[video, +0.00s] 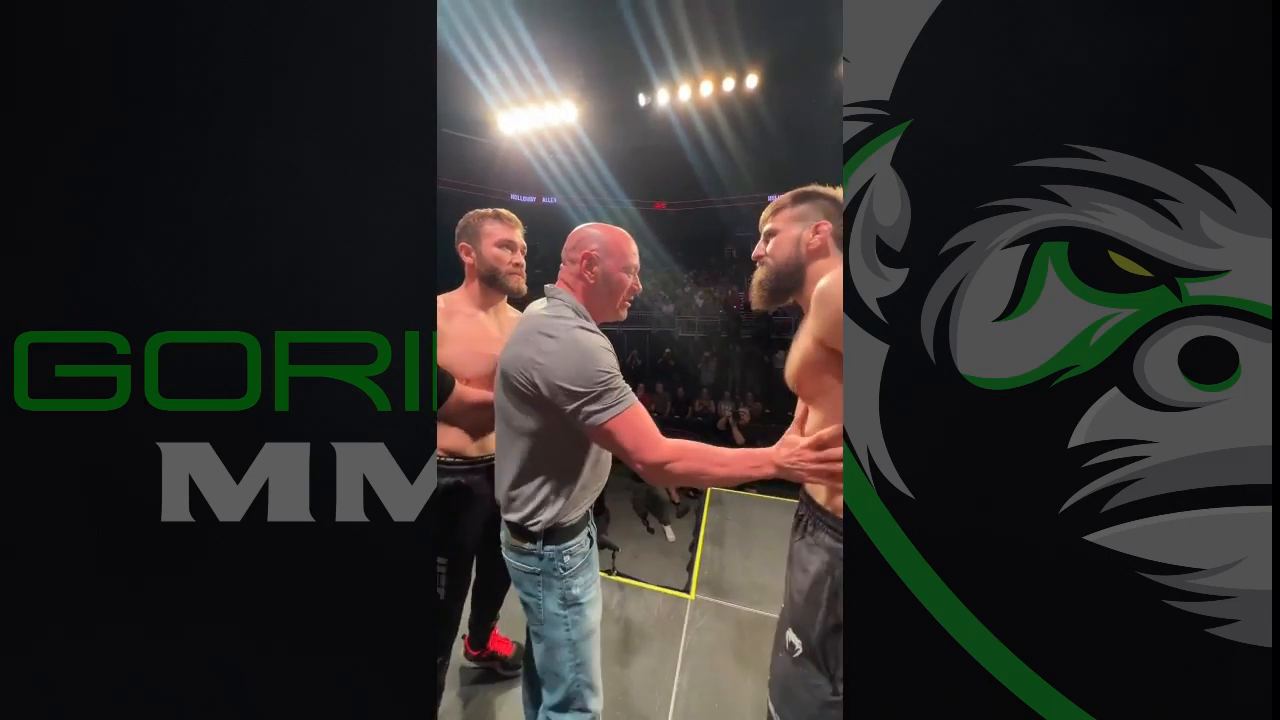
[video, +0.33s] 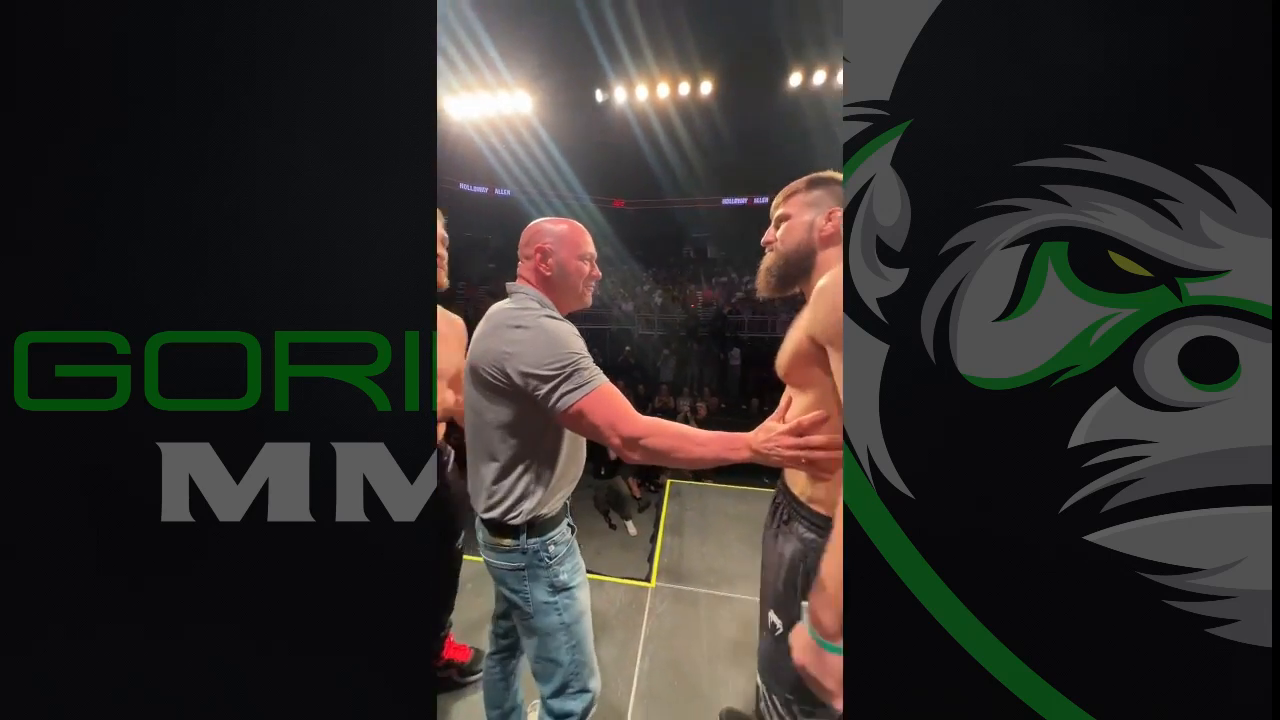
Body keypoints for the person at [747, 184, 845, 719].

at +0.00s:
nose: (756, 251)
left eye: (770, 234)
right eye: (760, 238)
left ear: (819, 236)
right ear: (818, 240)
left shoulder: (836, 292)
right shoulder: (822, 301)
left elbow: (889, 385)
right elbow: (808, 420)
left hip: (835, 537)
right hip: (818, 529)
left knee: (804, 692)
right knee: (804, 688)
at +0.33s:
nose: (766, 237)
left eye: (780, 221)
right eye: (770, 223)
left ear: (830, 224)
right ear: (829, 226)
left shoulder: (839, 293)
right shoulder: (825, 293)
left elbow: (867, 463)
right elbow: (836, 448)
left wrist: (826, 620)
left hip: (817, 537)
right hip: (800, 522)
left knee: (791, 693)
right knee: (782, 674)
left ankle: (779, 711)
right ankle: (773, 708)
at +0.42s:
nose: (768, 235)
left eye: (783, 218)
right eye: (773, 220)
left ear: (834, 223)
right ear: (830, 225)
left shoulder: (841, 294)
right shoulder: (828, 295)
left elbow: (847, 470)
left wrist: (755, 598)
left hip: (825, 551)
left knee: (810, 697)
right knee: (791, 673)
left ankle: (773, 713)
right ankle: (770, 710)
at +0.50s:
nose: (764, 236)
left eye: (778, 218)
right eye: (767, 220)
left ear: (831, 221)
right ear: (827, 224)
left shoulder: (835, 303)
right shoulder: (827, 303)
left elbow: (822, 485)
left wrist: (699, 567)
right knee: (764, 622)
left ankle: (753, 712)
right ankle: (751, 707)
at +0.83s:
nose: (721, 241)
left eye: (733, 222)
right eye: (721, 225)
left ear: (784, 217)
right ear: (781, 220)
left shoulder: (816, 301)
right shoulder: (793, 300)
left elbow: (790, 477)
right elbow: (772, 420)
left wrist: (667, 550)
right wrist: (725, 463)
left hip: (814, 513)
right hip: (791, 505)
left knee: (799, 688)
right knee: (769, 597)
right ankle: (765, 679)